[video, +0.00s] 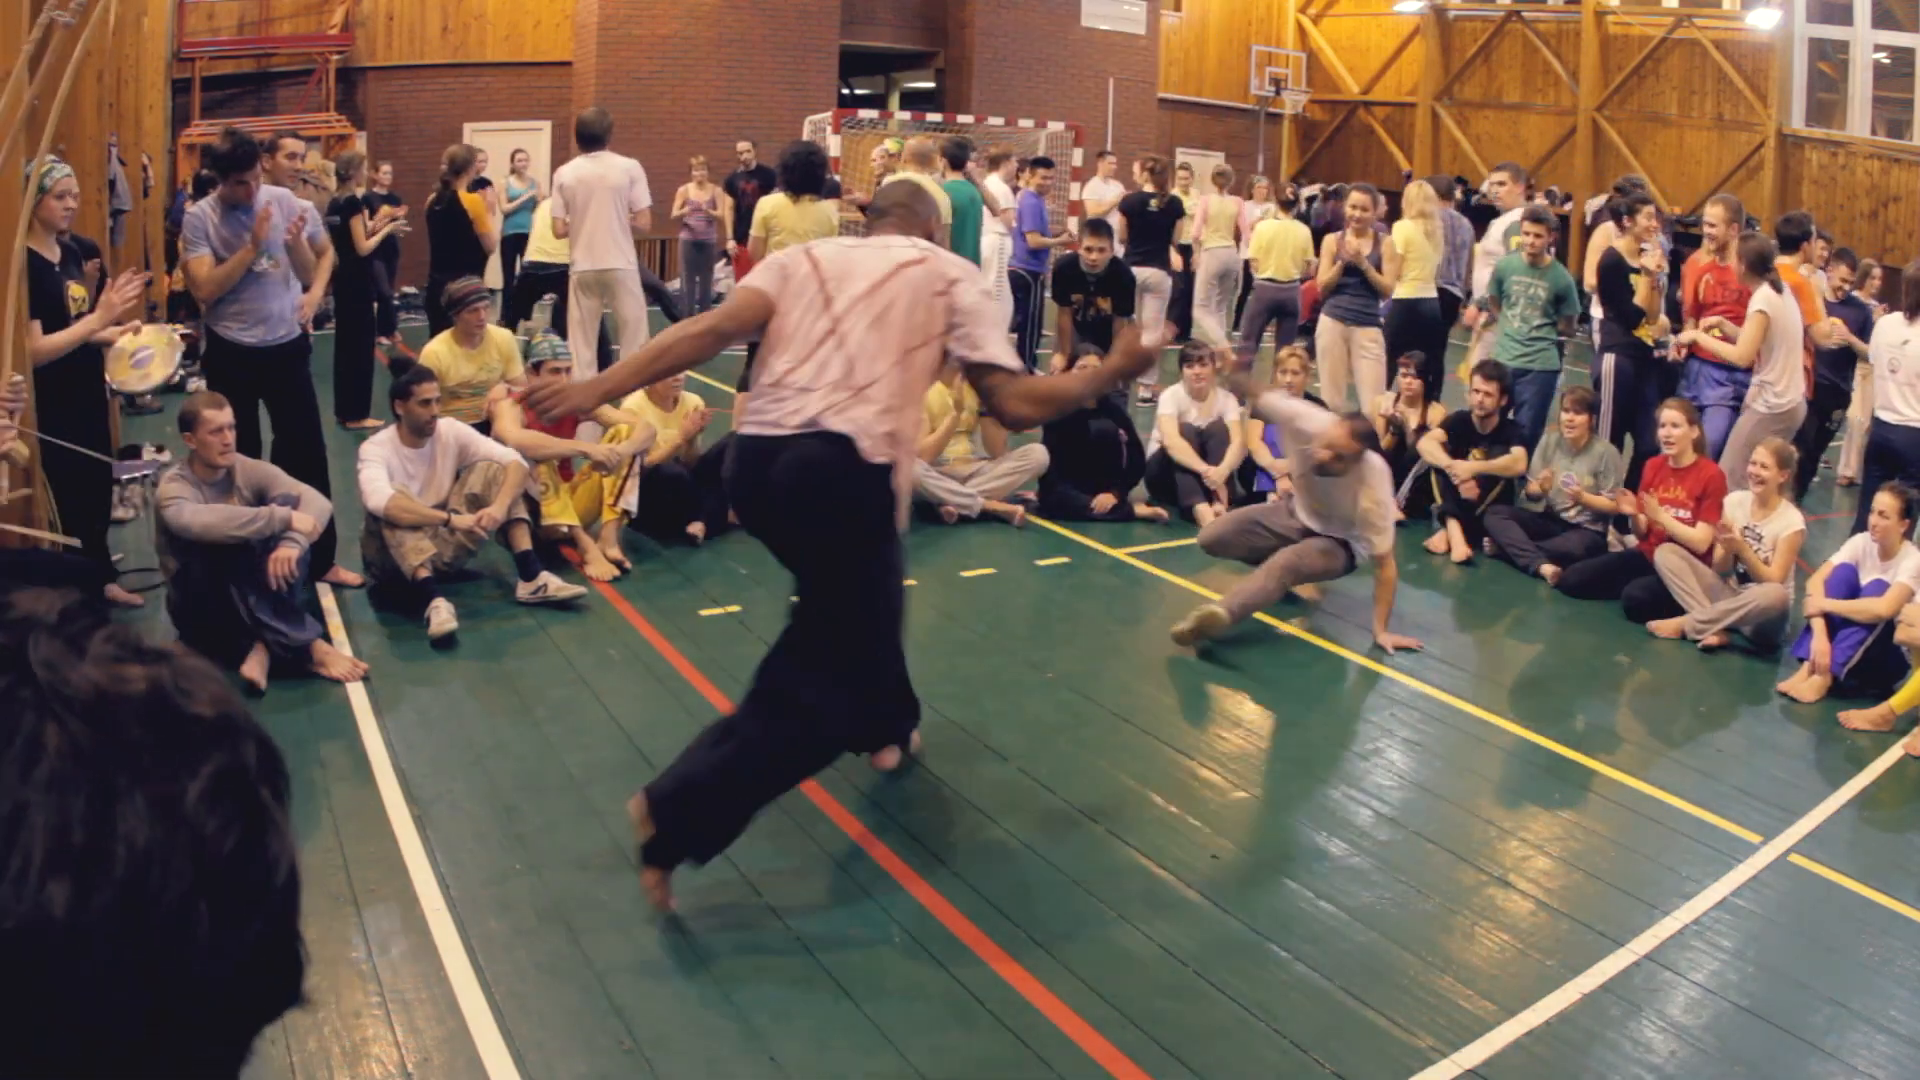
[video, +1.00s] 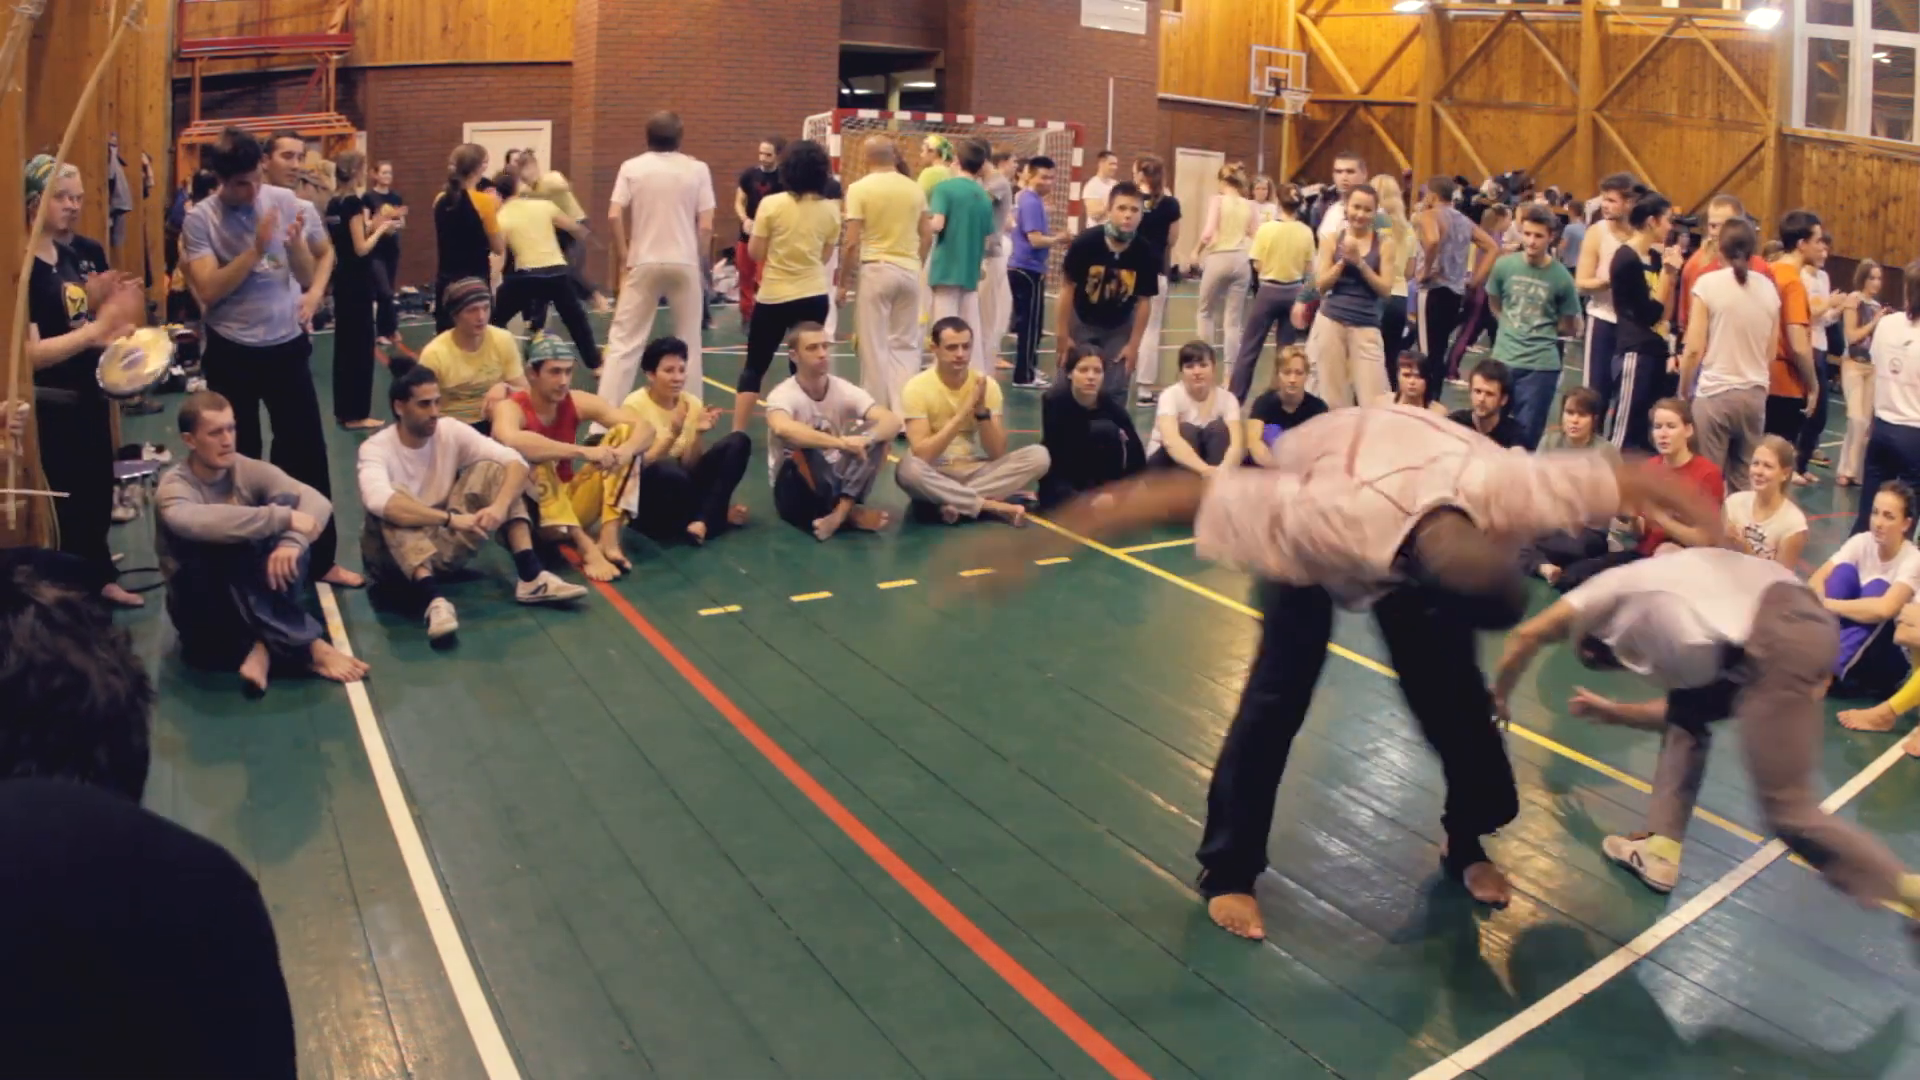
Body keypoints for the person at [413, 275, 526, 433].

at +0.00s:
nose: (482, 316)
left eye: (485, 308)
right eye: (474, 311)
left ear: (489, 308)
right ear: (456, 315)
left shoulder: (504, 339)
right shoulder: (434, 352)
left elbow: (521, 386)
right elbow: (421, 399)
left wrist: (504, 387)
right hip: (450, 429)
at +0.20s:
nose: (480, 317)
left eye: (484, 309)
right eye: (472, 312)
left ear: (489, 309)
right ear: (455, 315)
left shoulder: (503, 340)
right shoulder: (433, 352)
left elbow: (523, 388)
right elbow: (419, 400)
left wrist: (504, 387)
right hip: (449, 429)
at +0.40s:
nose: (480, 317)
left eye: (484, 309)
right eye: (471, 311)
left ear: (489, 309)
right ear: (454, 315)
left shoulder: (503, 340)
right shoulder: (433, 353)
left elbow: (523, 389)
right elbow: (420, 400)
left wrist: (504, 387)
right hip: (449, 427)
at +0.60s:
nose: (480, 317)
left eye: (484, 309)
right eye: (471, 311)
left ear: (489, 309)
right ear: (455, 315)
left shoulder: (503, 340)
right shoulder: (434, 353)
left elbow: (523, 389)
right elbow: (420, 400)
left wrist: (504, 387)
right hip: (450, 427)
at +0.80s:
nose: (481, 317)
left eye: (485, 309)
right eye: (472, 311)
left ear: (490, 310)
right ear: (455, 314)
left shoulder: (503, 340)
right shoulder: (434, 353)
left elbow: (524, 389)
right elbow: (419, 400)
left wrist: (504, 387)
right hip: (449, 427)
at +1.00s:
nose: (481, 317)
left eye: (485, 309)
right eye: (472, 310)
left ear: (490, 309)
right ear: (455, 314)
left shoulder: (503, 340)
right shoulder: (434, 353)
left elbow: (524, 389)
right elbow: (419, 400)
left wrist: (504, 387)